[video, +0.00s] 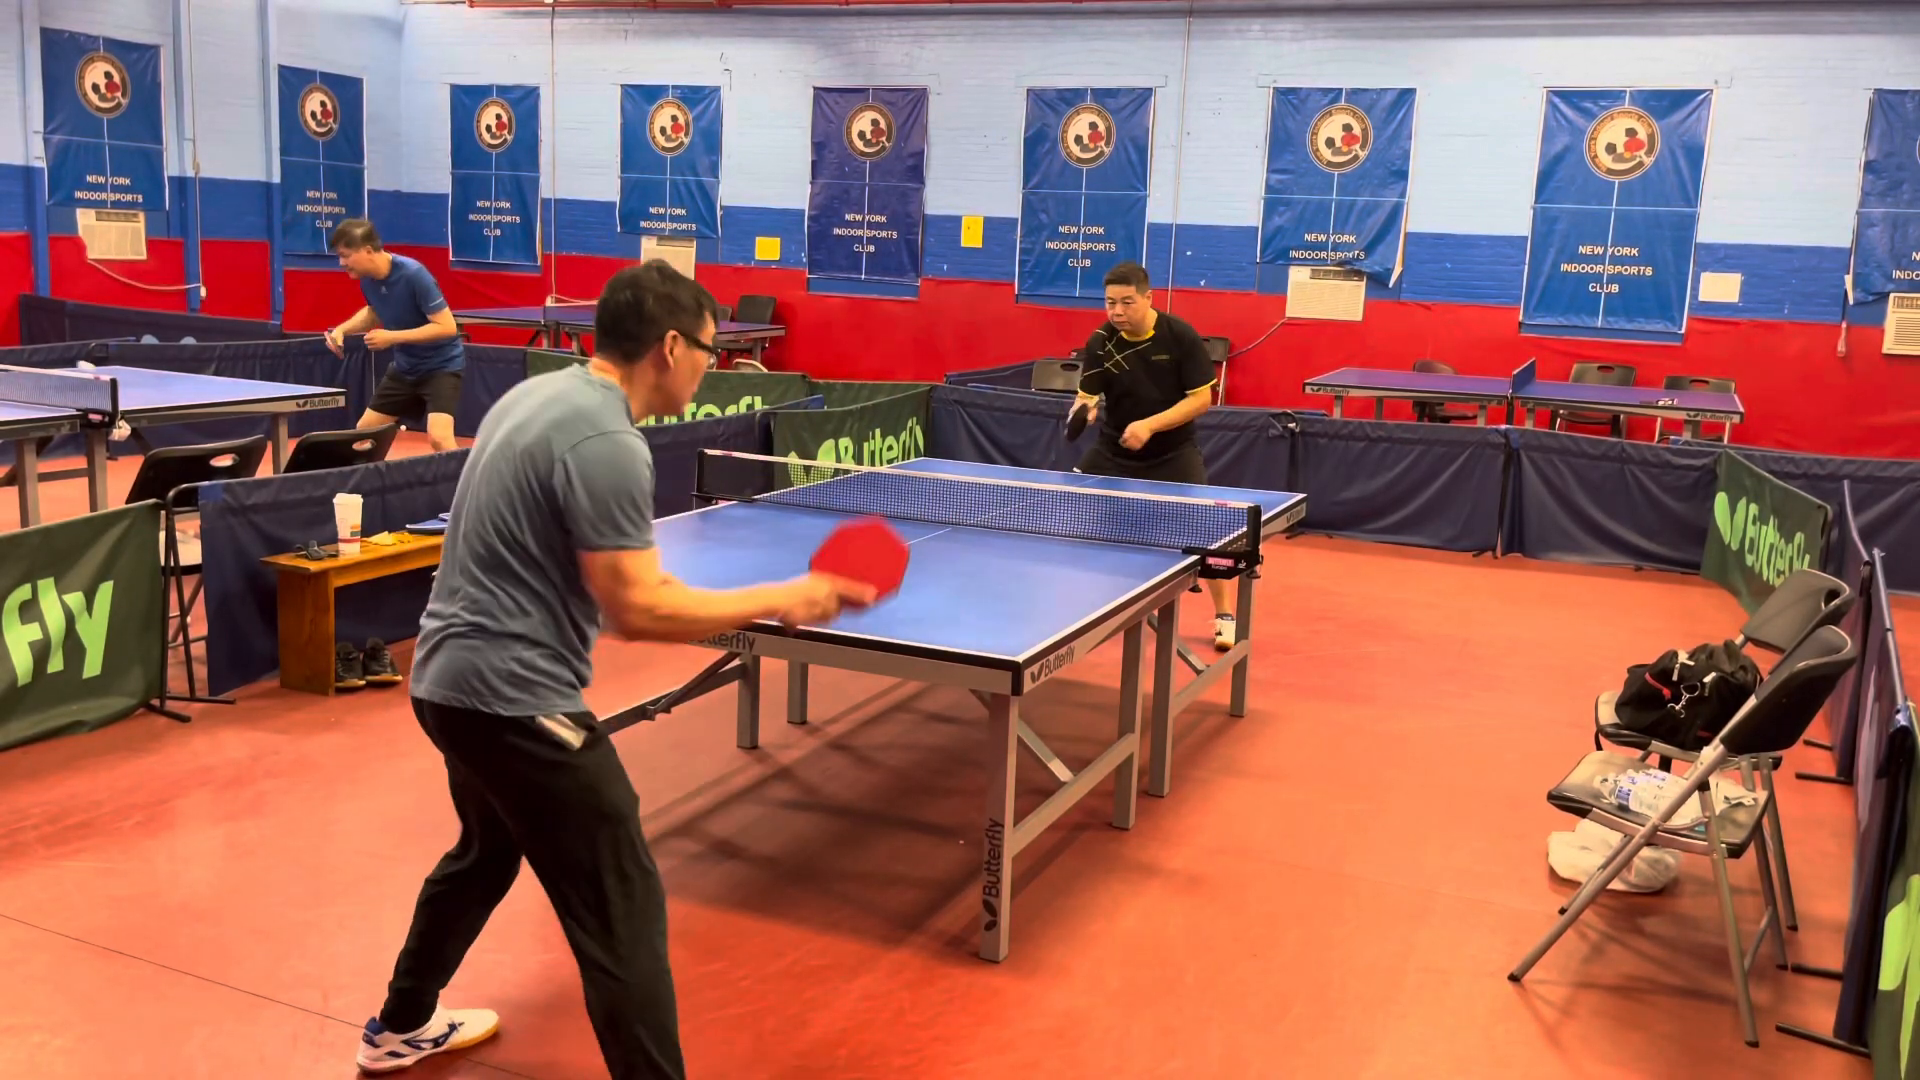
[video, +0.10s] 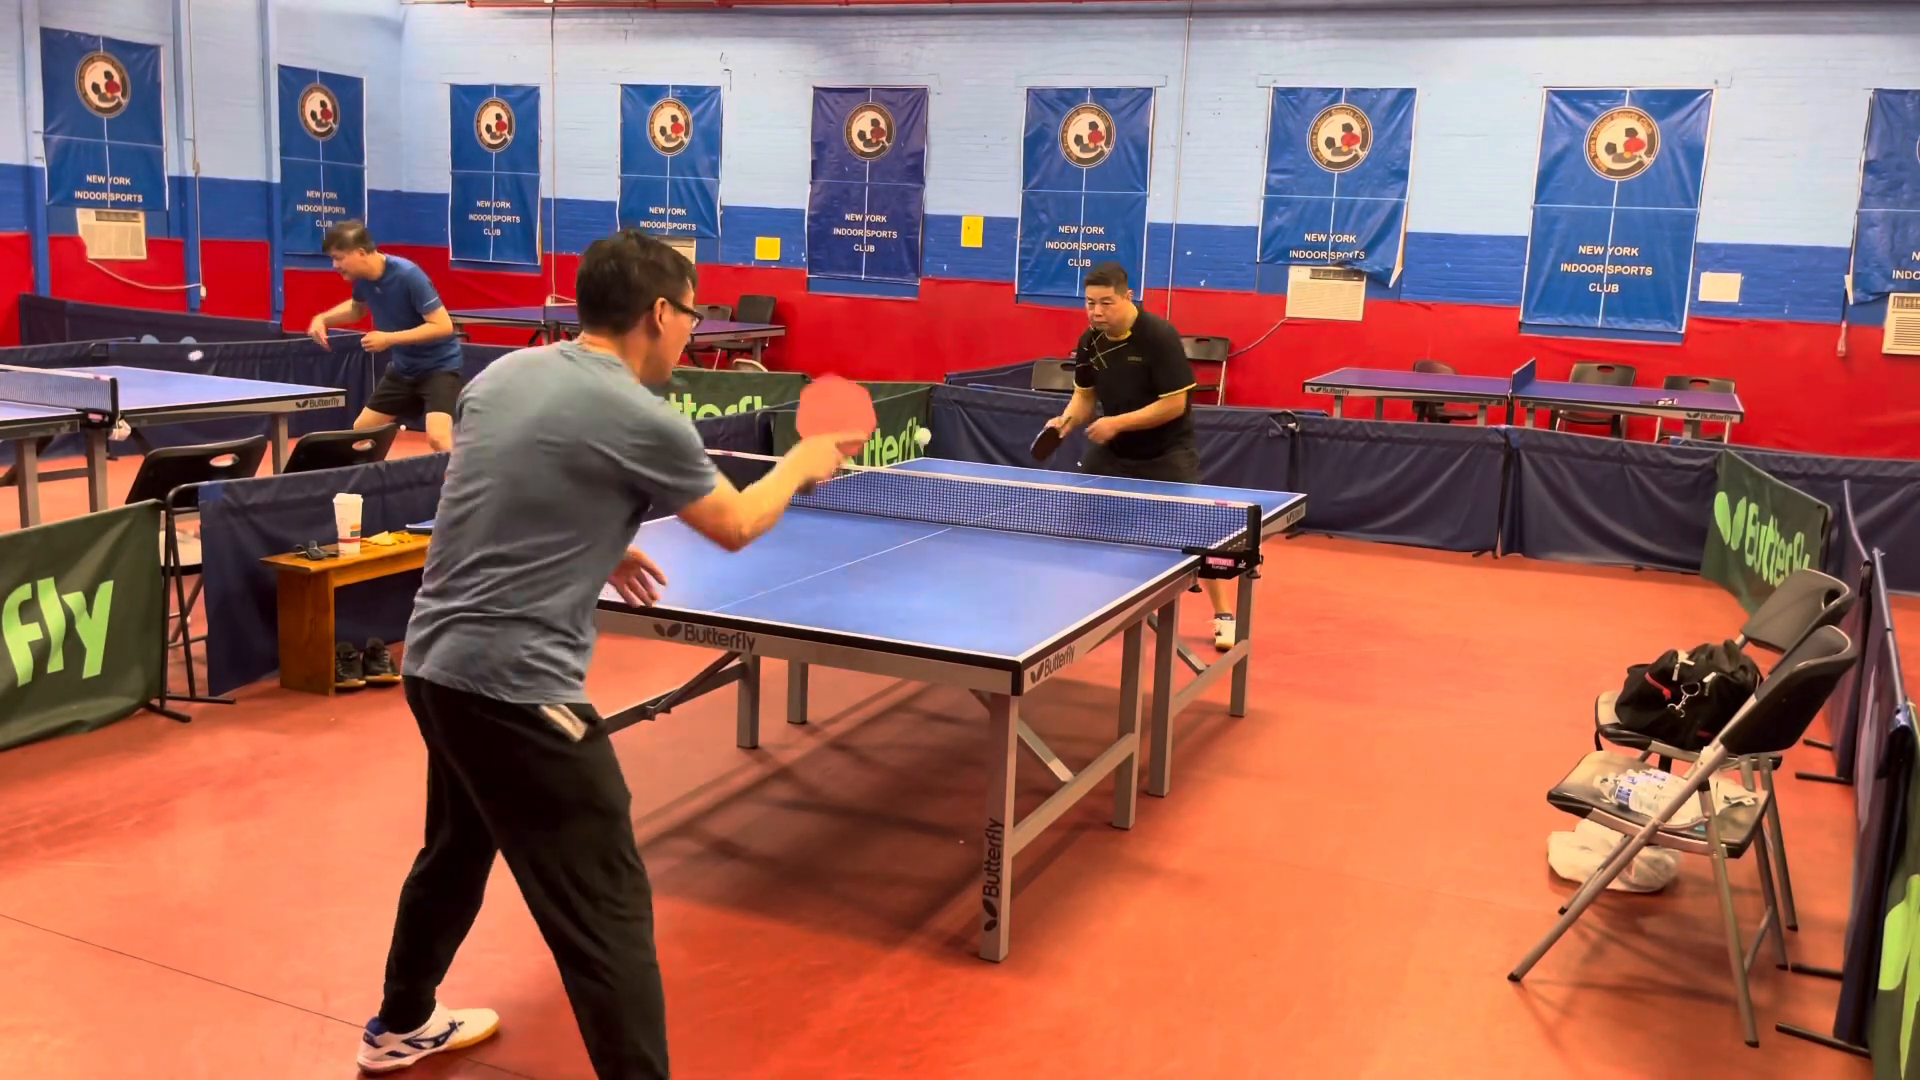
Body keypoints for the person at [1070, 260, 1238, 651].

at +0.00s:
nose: (1116, 311)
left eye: (1125, 303)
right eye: (1110, 303)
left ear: (1148, 298)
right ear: (1105, 303)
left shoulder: (1181, 337)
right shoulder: (1099, 343)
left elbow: (1203, 398)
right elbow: (1087, 400)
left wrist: (1151, 424)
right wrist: (1084, 409)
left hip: (1173, 455)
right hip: (1111, 452)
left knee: (1206, 526)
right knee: (1064, 510)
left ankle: (1224, 616)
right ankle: (1059, 606)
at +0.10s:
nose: (1095, 312)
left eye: (1104, 303)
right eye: (1090, 303)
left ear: (1127, 298)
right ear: (1086, 303)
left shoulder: (1159, 337)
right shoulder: (1090, 341)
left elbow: (1175, 404)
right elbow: (1084, 396)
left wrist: (1117, 422)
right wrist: (1067, 420)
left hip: (1166, 456)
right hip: (1108, 454)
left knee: (1198, 529)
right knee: (1071, 519)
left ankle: (1223, 615)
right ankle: (1072, 609)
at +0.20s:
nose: (1077, 318)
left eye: (1084, 310)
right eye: (1072, 310)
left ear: (1110, 302)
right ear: (1070, 307)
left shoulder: (1137, 339)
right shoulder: (1095, 338)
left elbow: (1140, 412)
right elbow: (1104, 385)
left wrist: (1091, 421)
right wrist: (1068, 413)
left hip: (1159, 452)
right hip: (1116, 449)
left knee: (1182, 529)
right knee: (1073, 511)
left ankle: (1227, 613)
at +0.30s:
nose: (1065, 326)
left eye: (1072, 317)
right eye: (1062, 317)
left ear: (1100, 308)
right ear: (1092, 310)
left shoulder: (1124, 345)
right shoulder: (1110, 337)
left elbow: (1118, 419)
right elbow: (1108, 381)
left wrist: (1079, 422)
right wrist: (1065, 398)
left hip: (1155, 462)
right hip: (1119, 454)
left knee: (1181, 538)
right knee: (1064, 509)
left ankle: (1239, 615)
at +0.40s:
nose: (1055, 325)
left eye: (1061, 316)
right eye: (1052, 316)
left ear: (1088, 308)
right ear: (1078, 310)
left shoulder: (1118, 342)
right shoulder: (1089, 339)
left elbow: (1125, 414)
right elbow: (1063, 377)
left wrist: (1088, 421)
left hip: (1155, 457)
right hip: (1118, 452)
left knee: (1184, 533)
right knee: (1056, 502)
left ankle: (1241, 616)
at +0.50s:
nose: (1044, 323)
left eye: (1051, 314)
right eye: (1040, 314)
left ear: (1077, 306)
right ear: (1040, 311)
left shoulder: (1113, 331)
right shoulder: (1051, 342)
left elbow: (1139, 393)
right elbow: (1010, 384)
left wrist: (1096, 426)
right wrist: (997, 365)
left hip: (1148, 443)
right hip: (1100, 443)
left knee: (1178, 521)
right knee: (1048, 504)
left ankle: (1228, 606)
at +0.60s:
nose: (1045, 314)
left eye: (1053, 305)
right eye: (1040, 306)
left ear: (1077, 298)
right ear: (1036, 304)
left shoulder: (1115, 325)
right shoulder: (1041, 340)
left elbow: (1150, 379)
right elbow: (1011, 395)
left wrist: (1100, 413)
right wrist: (1014, 382)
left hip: (1137, 437)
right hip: (1084, 436)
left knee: (1172, 514)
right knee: (1032, 498)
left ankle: (1207, 598)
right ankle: (1020, 587)